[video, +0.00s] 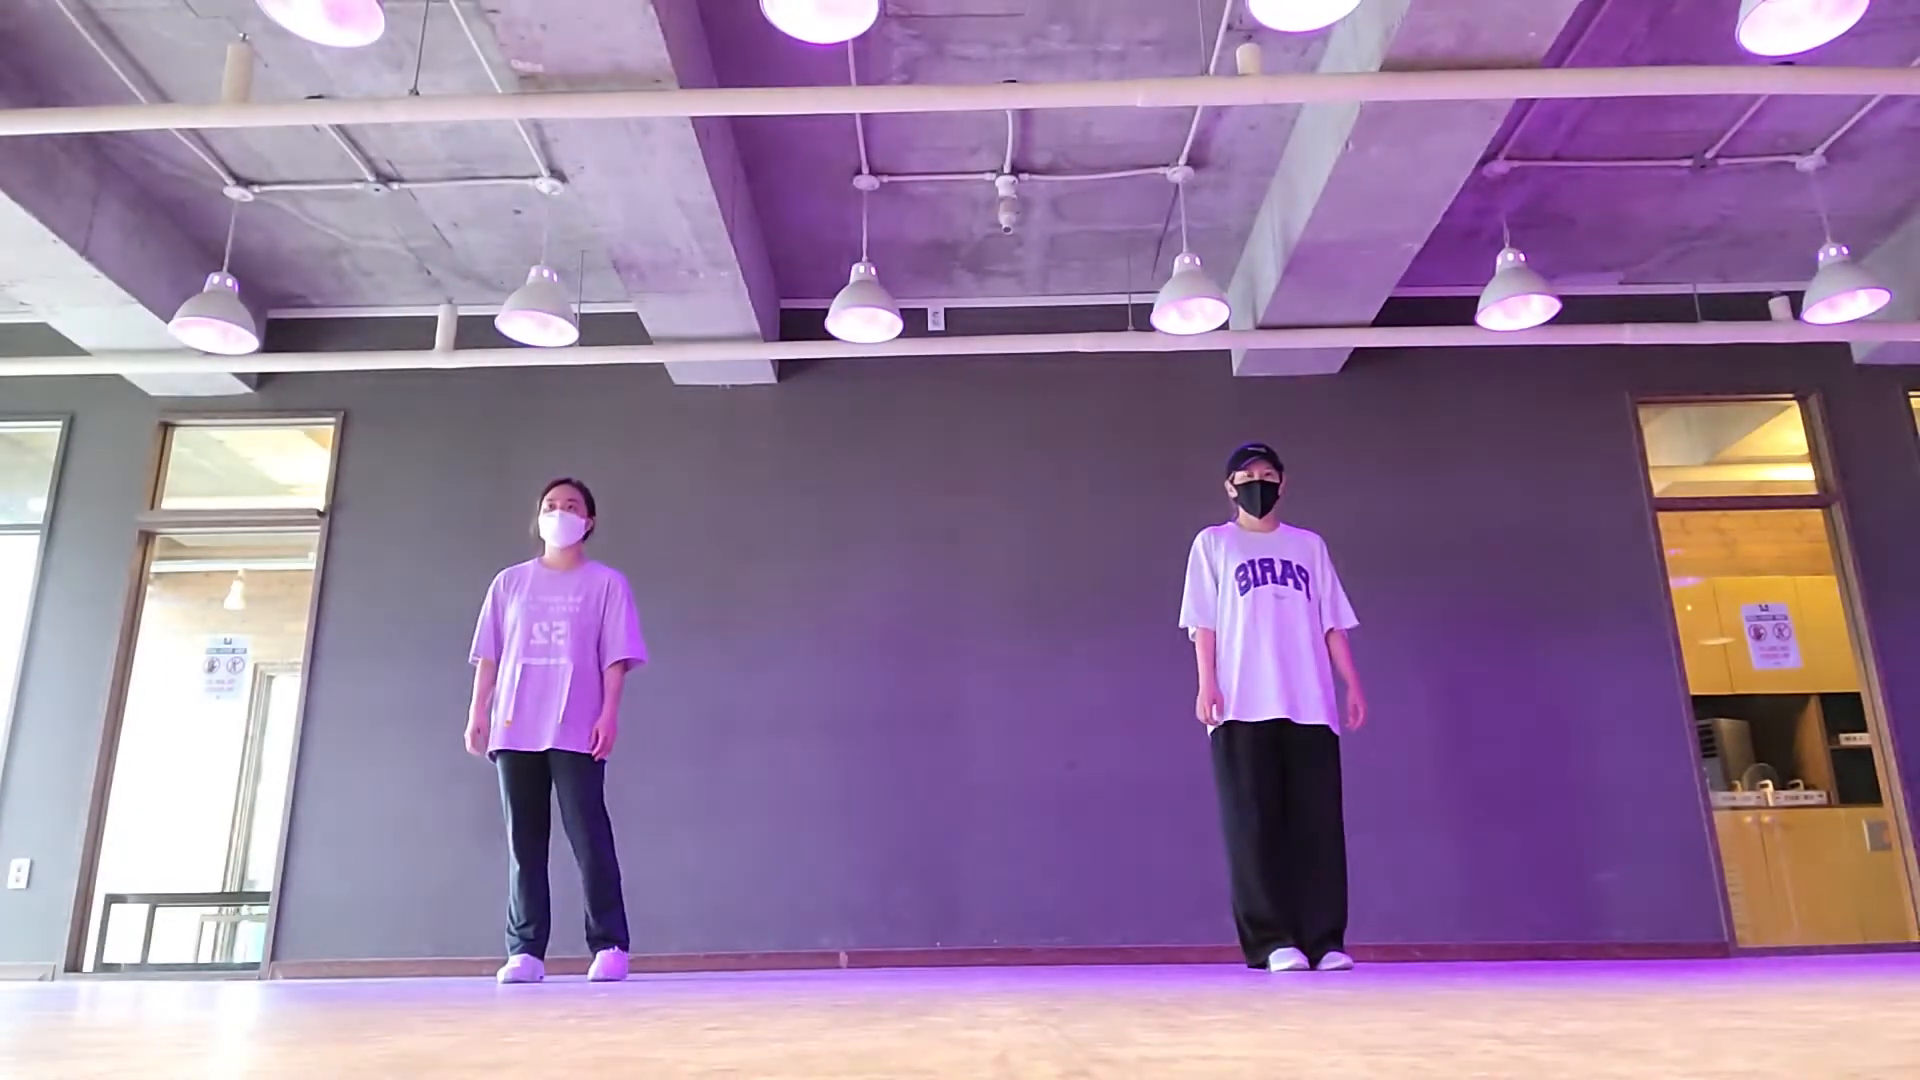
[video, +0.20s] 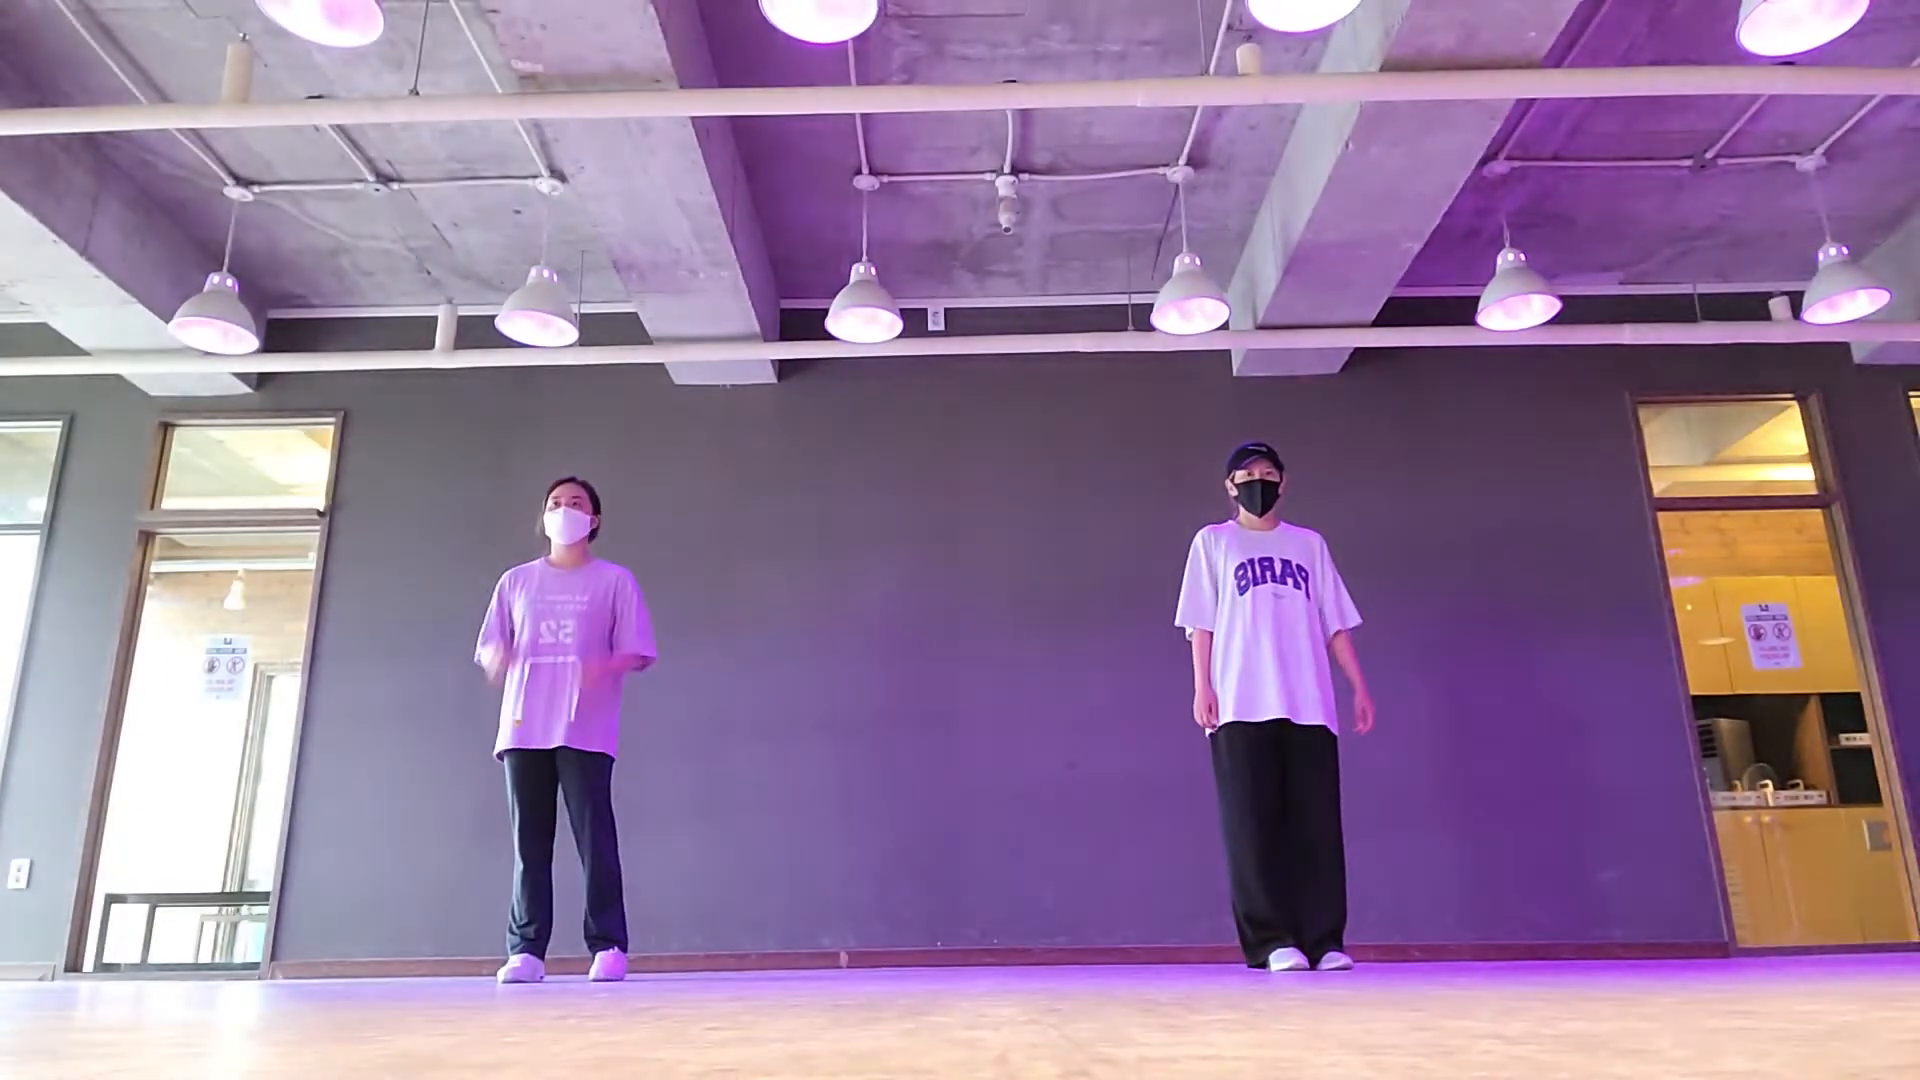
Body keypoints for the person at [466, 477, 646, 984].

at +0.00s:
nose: (560, 513)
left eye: (571, 507)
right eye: (551, 507)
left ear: (588, 523)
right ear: (537, 522)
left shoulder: (607, 583)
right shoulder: (508, 582)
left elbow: (616, 658)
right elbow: (487, 656)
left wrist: (609, 714)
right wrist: (478, 712)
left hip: (575, 728)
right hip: (514, 728)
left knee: (588, 838)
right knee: (524, 844)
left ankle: (610, 947)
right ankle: (524, 952)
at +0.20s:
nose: (566, 511)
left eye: (577, 505)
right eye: (557, 504)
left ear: (594, 522)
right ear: (543, 520)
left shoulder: (616, 581)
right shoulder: (514, 581)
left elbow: (638, 653)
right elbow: (490, 651)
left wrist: (604, 666)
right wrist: (497, 657)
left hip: (586, 729)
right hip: (524, 728)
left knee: (595, 841)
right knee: (529, 845)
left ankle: (609, 949)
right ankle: (525, 953)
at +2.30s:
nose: (590, 508)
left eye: (602, 502)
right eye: (581, 502)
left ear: (618, 520)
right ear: (567, 519)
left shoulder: (642, 577)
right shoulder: (543, 580)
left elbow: (682, 633)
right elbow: (490, 632)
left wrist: (687, 577)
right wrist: (499, 577)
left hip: (611, 720)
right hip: (548, 720)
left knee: (610, 836)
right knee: (542, 837)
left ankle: (610, 949)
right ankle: (528, 951)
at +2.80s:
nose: (573, 508)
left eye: (586, 501)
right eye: (570, 502)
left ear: (612, 517)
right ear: (562, 519)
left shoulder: (639, 570)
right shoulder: (537, 576)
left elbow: (692, 619)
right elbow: (488, 630)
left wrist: (677, 561)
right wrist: (490, 577)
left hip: (610, 721)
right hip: (547, 722)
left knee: (610, 838)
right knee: (541, 840)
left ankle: (610, 949)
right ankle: (528, 952)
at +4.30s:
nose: (557, 512)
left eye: (568, 505)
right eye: (554, 506)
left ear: (598, 516)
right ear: (550, 518)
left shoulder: (628, 572)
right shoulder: (535, 581)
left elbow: (656, 648)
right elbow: (537, 660)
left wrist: (653, 708)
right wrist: (531, 720)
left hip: (603, 723)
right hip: (542, 725)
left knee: (604, 839)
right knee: (538, 840)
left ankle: (609, 948)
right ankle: (527, 950)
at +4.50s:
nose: (556, 513)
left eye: (568, 505)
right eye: (553, 505)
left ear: (598, 516)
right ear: (549, 517)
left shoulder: (628, 572)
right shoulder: (536, 581)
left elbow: (656, 648)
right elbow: (537, 661)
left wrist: (653, 709)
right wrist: (531, 721)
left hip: (603, 722)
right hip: (543, 724)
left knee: (604, 838)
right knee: (538, 840)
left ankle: (609, 948)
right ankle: (527, 950)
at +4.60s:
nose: (556, 513)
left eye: (567, 506)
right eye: (553, 506)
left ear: (597, 517)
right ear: (548, 518)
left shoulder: (628, 571)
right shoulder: (536, 581)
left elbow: (656, 648)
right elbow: (538, 660)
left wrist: (653, 710)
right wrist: (533, 720)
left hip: (603, 722)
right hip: (543, 724)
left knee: (604, 838)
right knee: (538, 840)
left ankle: (609, 949)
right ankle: (527, 951)